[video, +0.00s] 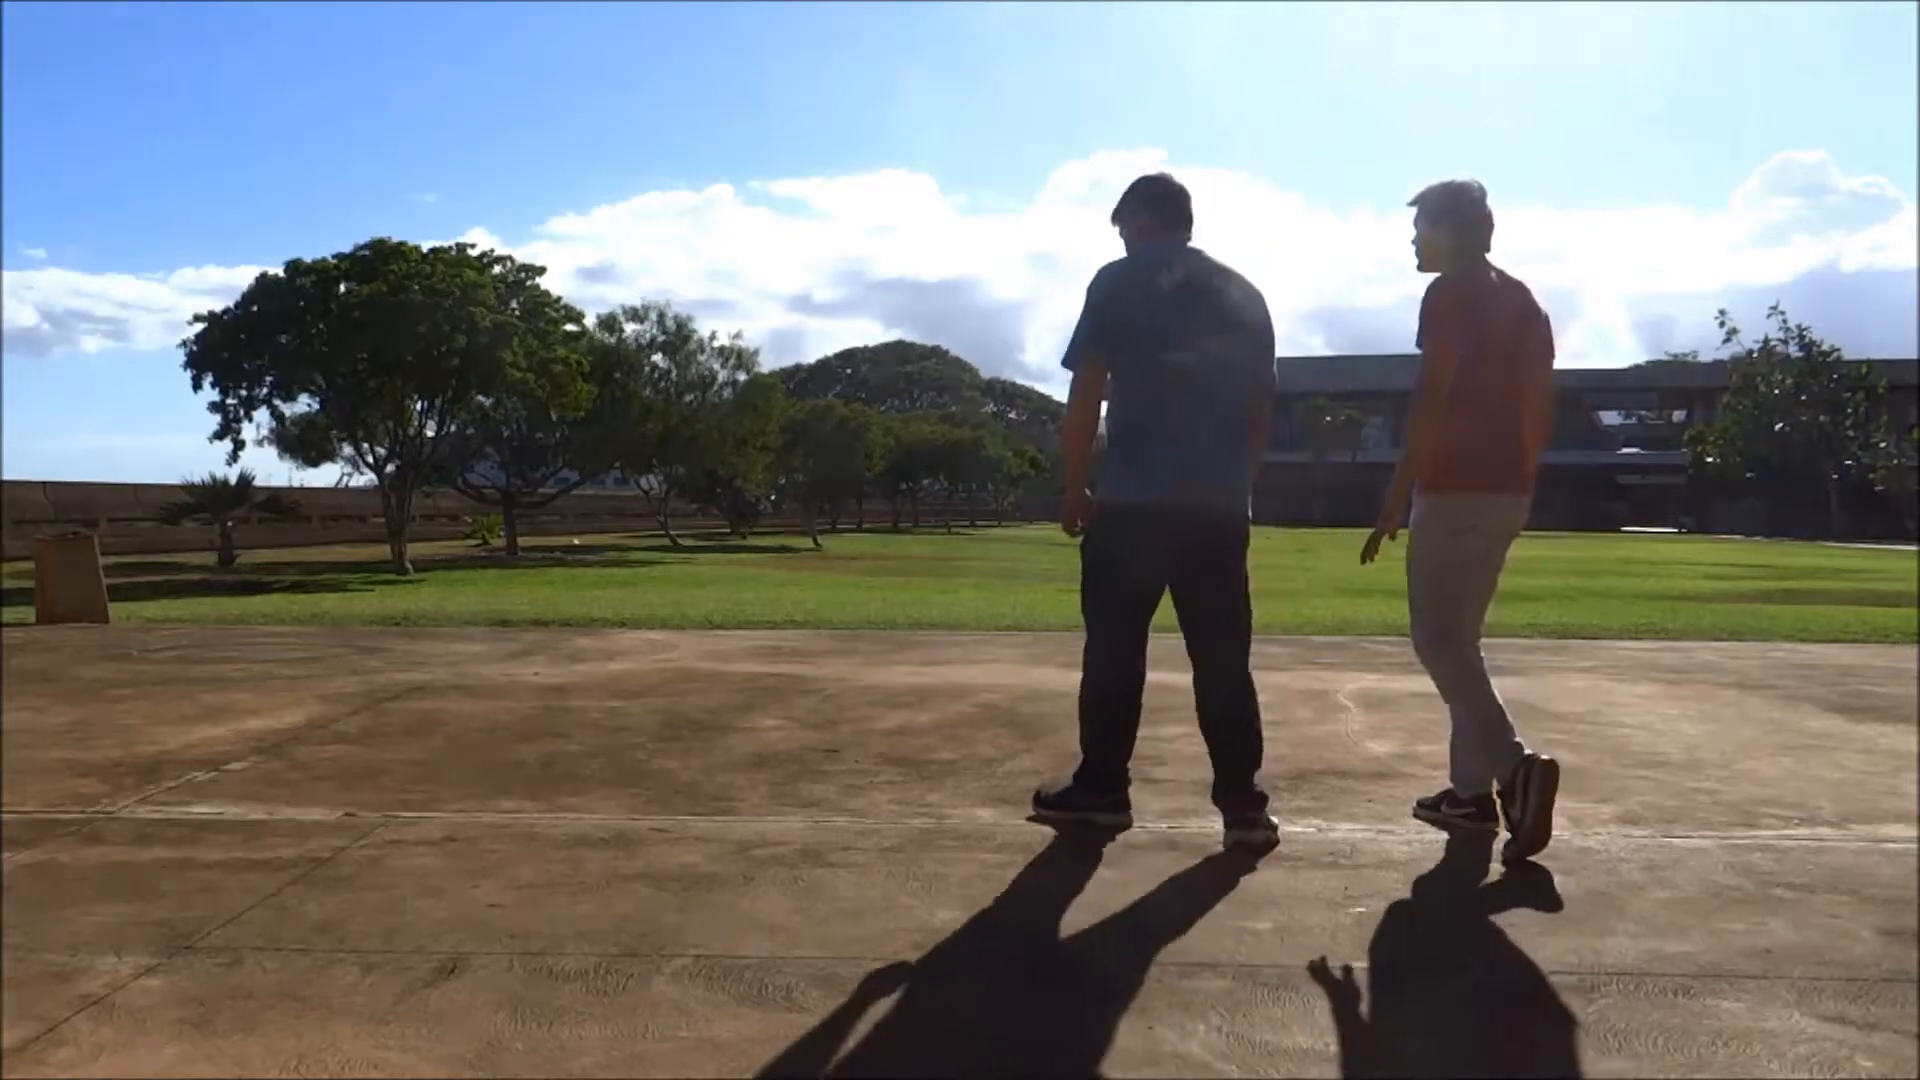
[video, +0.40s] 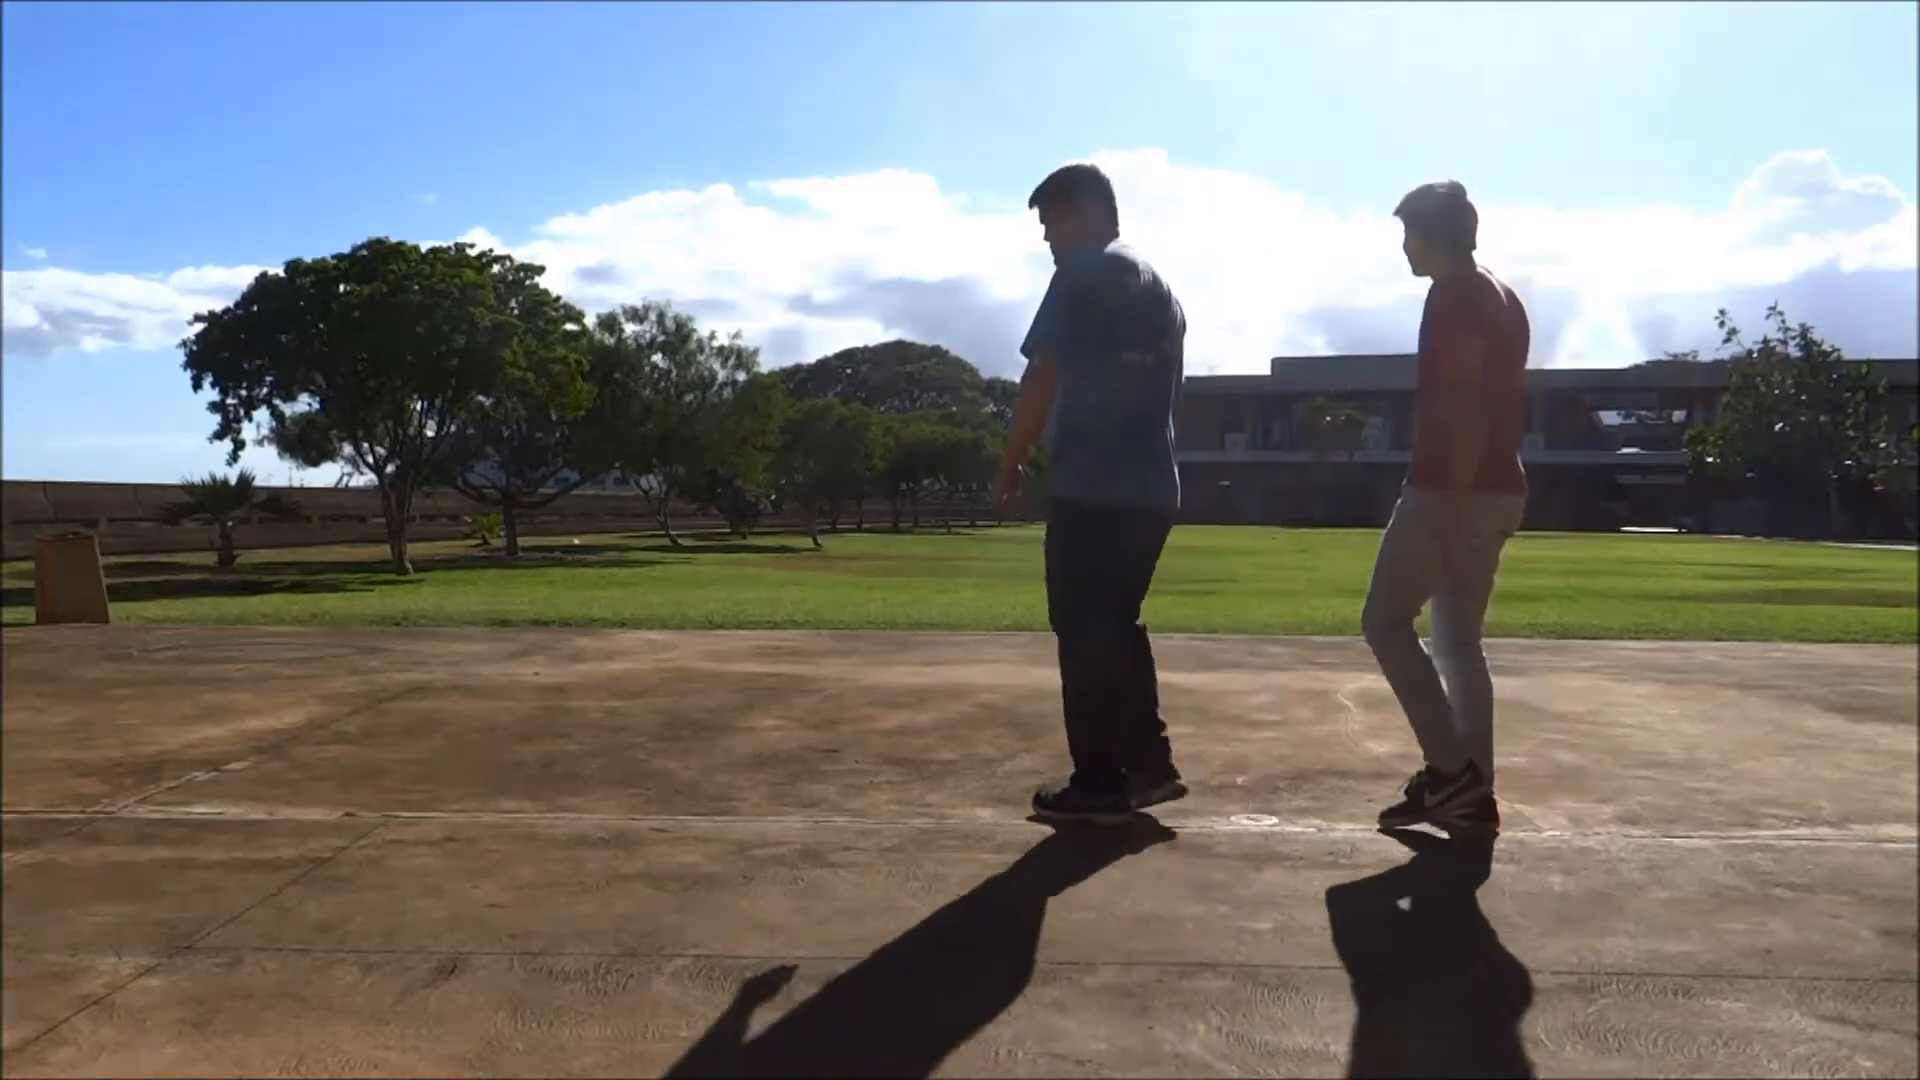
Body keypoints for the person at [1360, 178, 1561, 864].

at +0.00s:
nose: (1414, 240)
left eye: (1422, 227)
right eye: (1416, 228)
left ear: (1454, 231)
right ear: (1477, 231)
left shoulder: (1448, 295)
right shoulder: (1525, 302)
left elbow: (1431, 400)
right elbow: (1539, 409)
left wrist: (1396, 495)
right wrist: (1514, 478)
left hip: (1455, 491)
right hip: (1507, 492)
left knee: (1435, 638)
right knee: (1460, 640)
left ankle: (1515, 770)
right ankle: (1467, 794)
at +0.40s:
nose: (1402, 246)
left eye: (1406, 234)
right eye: (1402, 233)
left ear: (1430, 235)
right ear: (1462, 232)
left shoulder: (1452, 298)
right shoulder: (1505, 301)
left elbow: (1465, 406)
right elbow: (1499, 408)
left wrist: (1448, 498)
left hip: (1445, 490)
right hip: (1495, 492)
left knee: (1384, 622)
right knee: (1458, 636)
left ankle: (1448, 770)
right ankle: (1473, 794)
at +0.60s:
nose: (1396, 253)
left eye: (1398, 240)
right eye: (1396, 240)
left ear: (1415, 238)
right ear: (1453, 232)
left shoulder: (1451, 304)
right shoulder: (1487, 303)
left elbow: (1479, 408)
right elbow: (1458, 425)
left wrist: (1480, 496)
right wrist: (1405, 494)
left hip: (1438, 496)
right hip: (1483, 499)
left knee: (1371, 624)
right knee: (1453, 642)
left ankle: (1368, 780)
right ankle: (1472, 792)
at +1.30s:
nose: (1345, 247)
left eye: (1354, 234)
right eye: (1346, 235)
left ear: (1392, 237)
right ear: (1376, 241)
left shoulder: (1429, 306)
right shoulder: (1393, 320)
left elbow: (1472, 400)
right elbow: (1381, 431)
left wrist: (1460, 500)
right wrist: (1322, 501)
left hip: (1403, 506)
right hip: (1406, 504)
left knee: (1341, 632)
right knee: (1416, 651)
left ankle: (1321, 785)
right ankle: (1469, 794)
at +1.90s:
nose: (1310, 237)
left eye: (1320, 223)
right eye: (1306, 224)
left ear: (1354, 225)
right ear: (1305, 230)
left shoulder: (1390, 307)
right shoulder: (1316, 316)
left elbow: (1426, 409)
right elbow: (1314, 421)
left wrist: (1395, 489)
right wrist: (1283, 504)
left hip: (1356, 493)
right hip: (1319, 495)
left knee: (1314, 632)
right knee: (1341, 638)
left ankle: (1320, 781)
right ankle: (1442, 753)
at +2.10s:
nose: (1284, 231)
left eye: (1294, 216)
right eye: (1281, 219)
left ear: (1329, 219)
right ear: (1284, 225)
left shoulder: (1369, 301)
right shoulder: (1297, 311)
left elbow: (1396, 403)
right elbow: (1306, 409)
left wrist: (1347, 484)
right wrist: (1282, 485)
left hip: (1337, 493)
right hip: (1291, 490)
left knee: (1309, 629)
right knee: (1264, 623)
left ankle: (1319, 778)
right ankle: (1362, 736)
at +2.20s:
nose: (1269, 229)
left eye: (1277, 215)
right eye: (1268, 217)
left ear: (1312, 217)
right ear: (1281, 223)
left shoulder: (1358, 297)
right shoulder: (1286, 311)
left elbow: (1381, 400)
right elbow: (1292, 403)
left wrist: (1321, 474)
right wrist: (1279, 474)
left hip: (1328, 488)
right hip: (1282, 483)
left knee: (1310, 632)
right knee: (1242, 619)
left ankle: (1320, 780)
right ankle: (1299, 755)